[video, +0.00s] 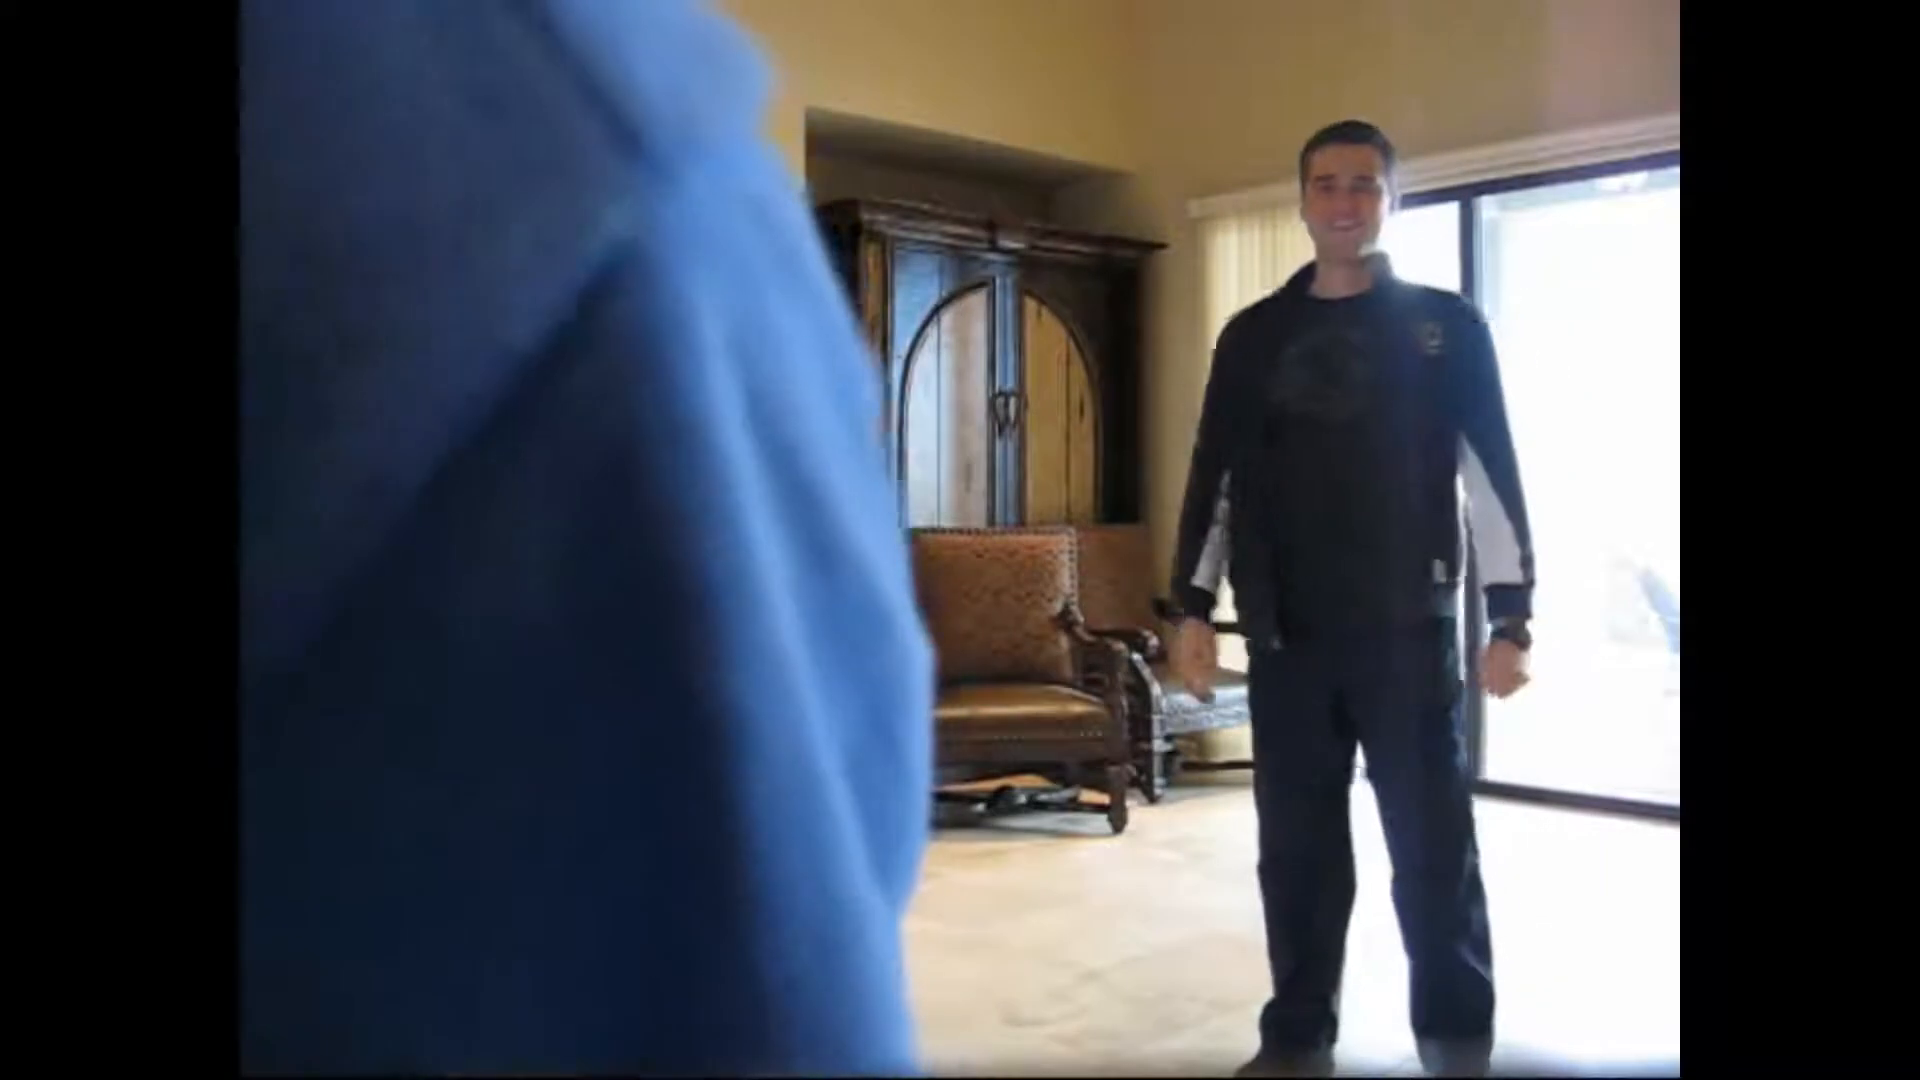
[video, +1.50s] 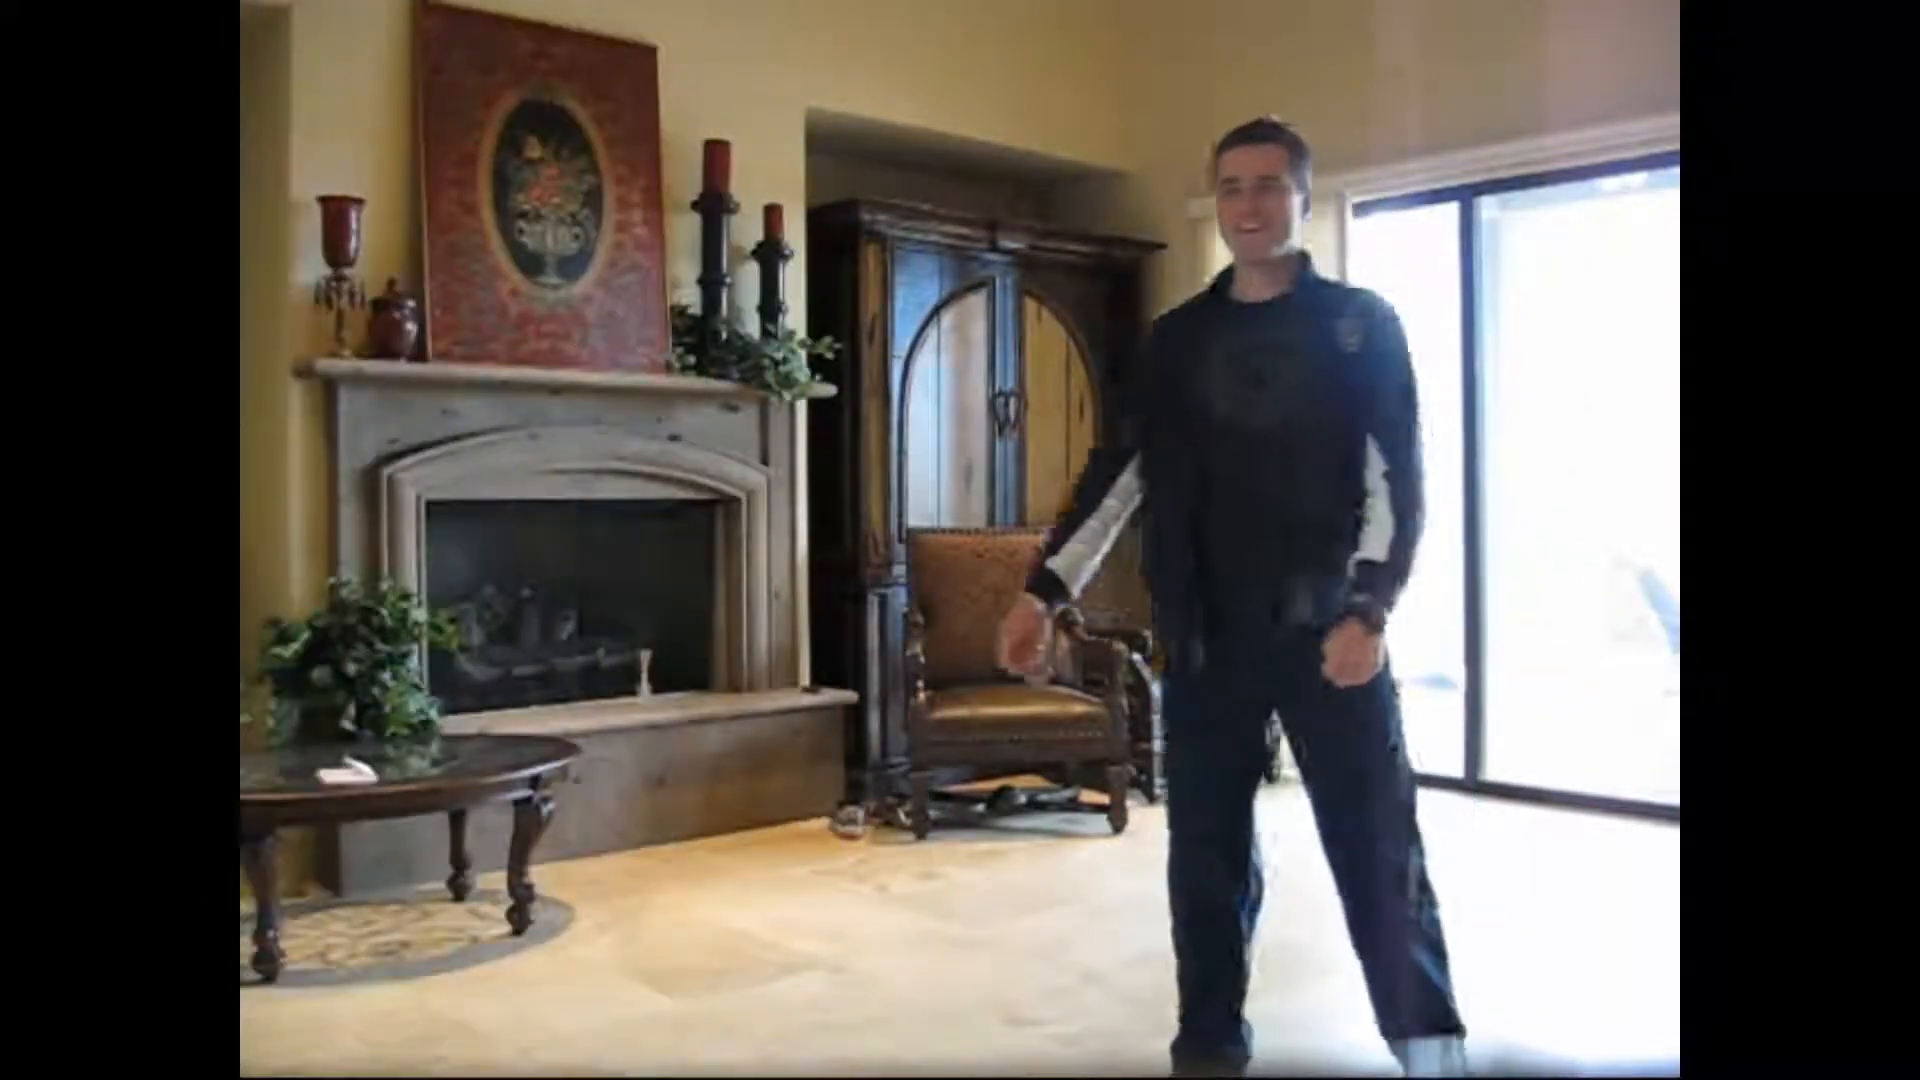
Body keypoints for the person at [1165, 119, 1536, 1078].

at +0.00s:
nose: (1343, 201)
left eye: (1362, 184)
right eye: (1326, 184)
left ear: (1390, 198)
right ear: (1301, 200)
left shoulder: (1445, 324)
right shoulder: (1250, 335)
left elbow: (1494, 477)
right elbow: (1210, 478)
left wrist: (1510, 619)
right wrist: (1187, 604)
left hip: (1411, 633)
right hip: (1287, 637)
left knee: (1434, 853)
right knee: (1295, 853)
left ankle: (1457, 1049)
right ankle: (1295, 1040)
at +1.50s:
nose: (1252, 204)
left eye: (1270, 185)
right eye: (1235, 188)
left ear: (1302, 198)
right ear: (1215, 205)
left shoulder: (1359, 323)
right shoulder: (1171, 342)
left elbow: (1399, 477)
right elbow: (1114, 479)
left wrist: (1371, 610)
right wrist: (1042, 593)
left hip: (1328, 633)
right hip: (1205, 640)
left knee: (1382, 864)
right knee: (1206, 864)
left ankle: (1432, 1056)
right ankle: (1208, 1054)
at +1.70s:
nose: (1210, 204)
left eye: (1229, 186)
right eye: (1191, 188)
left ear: (1261, 197)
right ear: (1170, 205)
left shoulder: (1325, 316)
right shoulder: (1138, 337)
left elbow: (1375, 471)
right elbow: (1044, 449)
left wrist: (1367, 616)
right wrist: (936, 525)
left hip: (1312, 629)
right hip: (1190, 634)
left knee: (1354, 862)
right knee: (1200, 866)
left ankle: (1403, 1052)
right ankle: (1206, 1056)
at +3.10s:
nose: (1266, 253)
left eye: (1278, 230)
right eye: (1244, 234)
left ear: (1295, 211)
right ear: (1200, 221)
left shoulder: (1343, 315)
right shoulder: (1148, 337)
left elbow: (1429, 450)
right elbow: (1098, 464)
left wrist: (1322, 472)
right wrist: (1041, 508)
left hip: (1325, 639)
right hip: (1205, 640)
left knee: (1327, 862)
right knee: (1210, 862)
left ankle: (1326, 1060)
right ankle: (1209, 1055)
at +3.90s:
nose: (1292, 181)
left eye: (1308, 160)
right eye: (1270, 167)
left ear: (1342, 173)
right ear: (1247, 189)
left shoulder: (1420, 303)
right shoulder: (1210, 325)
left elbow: (1481, 471)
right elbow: (1188, 469)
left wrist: (1410, 571)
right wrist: (1181, 476)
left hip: (1373, 636)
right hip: (1252, 637)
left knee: (1360, 865)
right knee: (1256, 860)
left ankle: (1338, 1059)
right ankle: (1250, 1055)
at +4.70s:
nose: (1158, 258)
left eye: (1171, 228)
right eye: (1134, 248)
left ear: (1219, 228)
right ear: (1125, 271)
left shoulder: (1353, 314)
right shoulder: (1146, 385)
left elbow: (1446, 431)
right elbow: (1141, 504)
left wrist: (1378, 519)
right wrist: (1174, 531)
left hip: (1378, 632)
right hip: (1253, 640)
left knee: (1362, 859)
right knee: (1262, 859)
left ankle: (1342, 1057)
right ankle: (1247, 1058)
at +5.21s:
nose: (1110, 224)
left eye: (1124, 199)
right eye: (1107, 203)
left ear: (1195, 195)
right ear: (1168, 204)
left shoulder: (1335, 287)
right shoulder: (1133, 344)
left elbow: (1430, 423)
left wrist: (1359, 518)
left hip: (1346, 628)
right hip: (1225, 633)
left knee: (1340, 860)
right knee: (1239, 863)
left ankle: (1330, 1059)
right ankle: (1241, 1058)